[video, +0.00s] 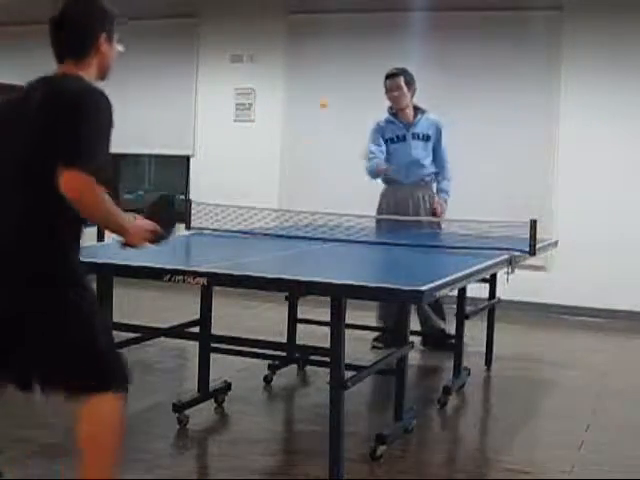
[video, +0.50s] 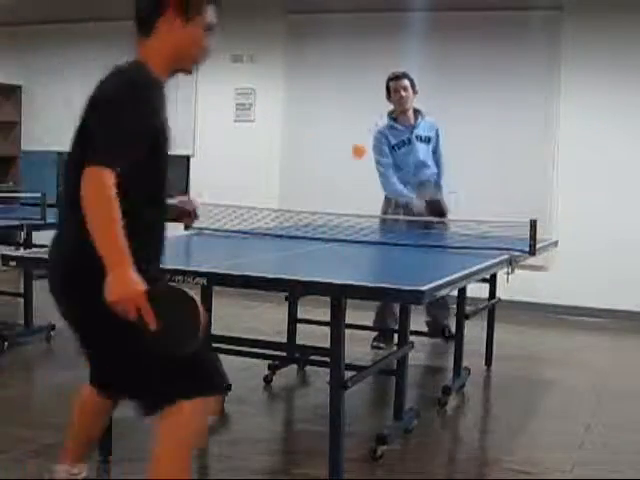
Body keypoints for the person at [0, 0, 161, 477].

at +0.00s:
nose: (115, 51)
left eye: (114, 41)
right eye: (113, 42)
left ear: (59, 44)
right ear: (101, 45)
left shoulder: (21, 98)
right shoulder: (87, 100)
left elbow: (22, 182)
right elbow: (76, 182)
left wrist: (116, 218)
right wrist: (125, 225)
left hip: (9, 268)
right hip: (48, 273)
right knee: (106, 381)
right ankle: (96, 472)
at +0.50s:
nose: (208, 42)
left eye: (210, 29)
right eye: (205, 26)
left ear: (170, 22)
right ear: (172, 20)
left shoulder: (142, 90)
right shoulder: (129, 90)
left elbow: (117, 187)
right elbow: (96, 183)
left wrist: (166, 207)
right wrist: (120, 270)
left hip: (96, 274)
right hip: (98, 275)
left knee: (108, 377)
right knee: (197, 389)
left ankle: (70, 469)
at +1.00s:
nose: (290, 8)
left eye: (290, 2)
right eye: (287, 0)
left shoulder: (163, 29)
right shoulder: (231, 34)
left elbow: (96, 100)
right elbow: (235, 135)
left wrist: (80, 154)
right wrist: (360, 154)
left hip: (127, 267)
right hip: (194, 273)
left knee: (149, 446)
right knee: (221, 449)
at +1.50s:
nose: (209, 7)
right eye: (208, 5)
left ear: (145, 3)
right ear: (198, 4)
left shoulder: (81, 59)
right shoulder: (212, 63)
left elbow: (23, 156)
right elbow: (206, 169)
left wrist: (5, 243)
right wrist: (219, 273)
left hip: (73, 285)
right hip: (158, 293)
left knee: (74, 413)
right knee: (184, 455)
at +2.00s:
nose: (114, 9)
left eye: (111, 6)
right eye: (114, 5)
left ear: (55, 3)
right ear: (108, 5)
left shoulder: (11, 49)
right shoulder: (125, 57)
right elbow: (150, 144)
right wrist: (159, 209)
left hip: (13, 252)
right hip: (90, 255)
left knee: (12, 408)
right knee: (92, 410)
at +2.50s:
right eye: (44, 38)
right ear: (42, 41)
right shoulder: (71, 108)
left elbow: (109, 191)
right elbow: (112, 191)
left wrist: (90, 205)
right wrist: (85, 207)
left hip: (5, 278)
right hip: (50, 278)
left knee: (62, 399)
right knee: (62, 397)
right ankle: (76, 474)